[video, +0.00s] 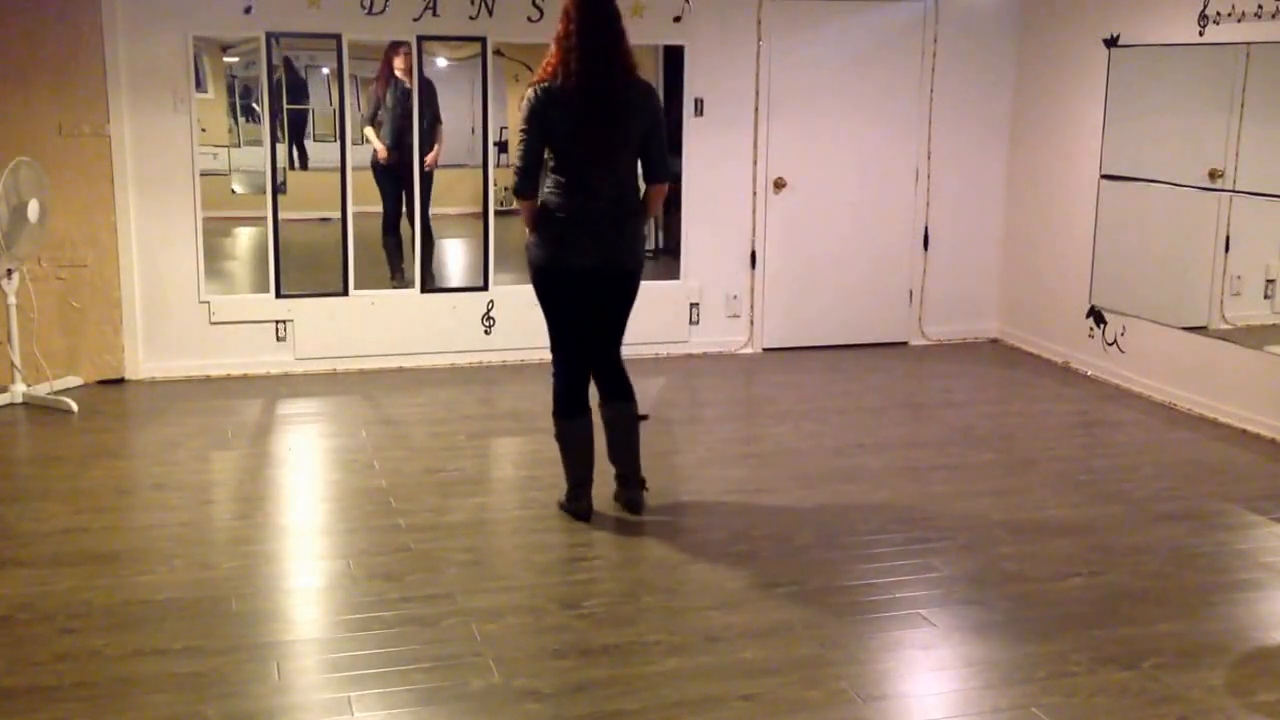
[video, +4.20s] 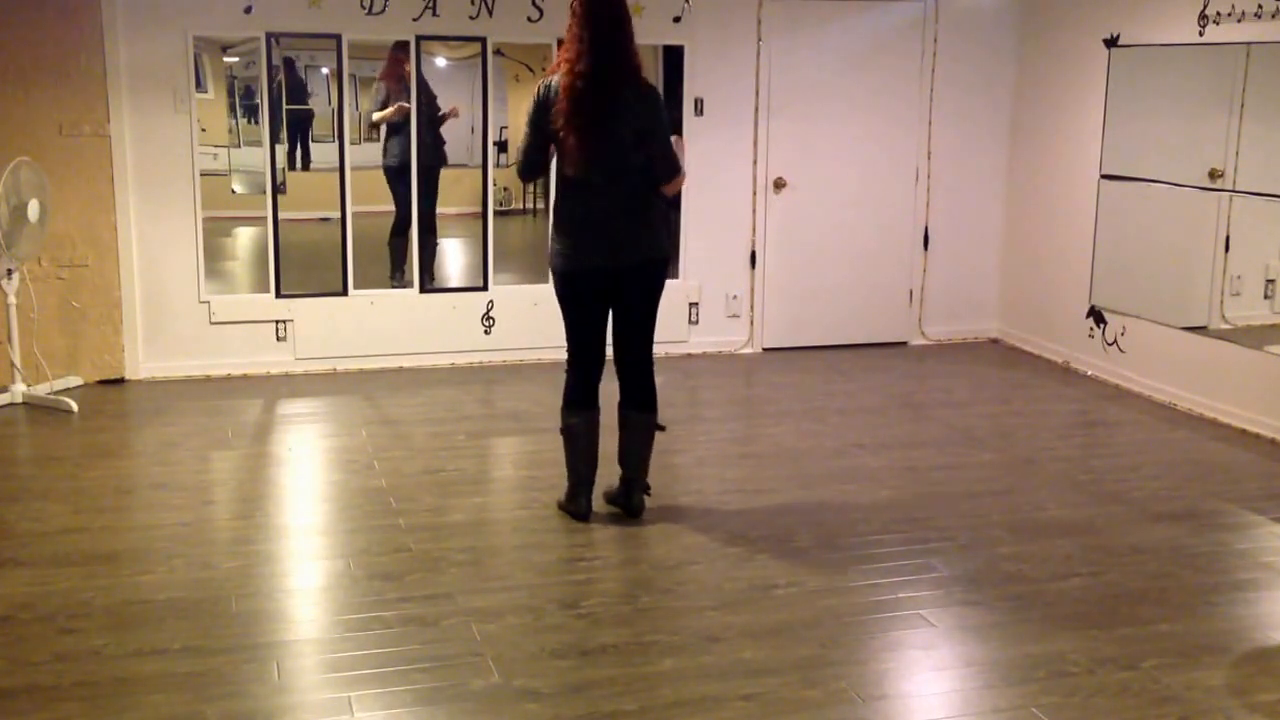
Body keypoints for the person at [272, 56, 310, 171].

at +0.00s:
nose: (283, 69)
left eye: (283, 67)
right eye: (284, 67)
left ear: (283, 67)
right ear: (293, 66)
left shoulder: (279, 81)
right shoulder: (301, 80)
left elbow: (277, 99)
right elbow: (306, 97)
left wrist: (277, 113)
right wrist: (305, 111)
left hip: (286, 113)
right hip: (301, 113)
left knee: (288, 143)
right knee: (300, 141)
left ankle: (291, 167)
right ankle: (304, 166)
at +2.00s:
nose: (281, 70)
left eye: (282, 68)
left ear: (283, 67)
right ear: (295, 65)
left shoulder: (282, 81)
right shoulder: (302, 79)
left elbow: (278, 100)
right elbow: (307, 97)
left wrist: (279, 115)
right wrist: (309, 111)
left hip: (289, 114)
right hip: (303, 113)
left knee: (289, 145)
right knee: (303, 143)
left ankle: (290, 169)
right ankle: (305, 168)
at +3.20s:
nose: (282, 70)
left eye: (282, 68)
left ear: (283, 67)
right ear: (293, 65)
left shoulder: (282, 79)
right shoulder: (300, 77)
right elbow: (308, 94)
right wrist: (304, 101)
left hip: (287, 112)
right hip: (300, 112)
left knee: (288, 143)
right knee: (298, 142)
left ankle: (290, 168)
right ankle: (303, 166)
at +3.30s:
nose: (283, 70)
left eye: (283, 67)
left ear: (283, 67)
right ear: (294, 66)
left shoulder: (282, 81)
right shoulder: (300, 78)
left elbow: (278, 97)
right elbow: (311, 91)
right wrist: (304, 99)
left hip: (289, 113)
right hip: (303, 112)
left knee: (291, 143)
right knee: (302, 142)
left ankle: (290, 168)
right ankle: (305, 167)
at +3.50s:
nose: (284, 70)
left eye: (283, 67)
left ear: (283, 67)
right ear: (294, 65)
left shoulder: (282, 81)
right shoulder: (300, 77)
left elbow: (278, 96)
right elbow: (311, 91)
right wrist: (304, 98)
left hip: (289, 112)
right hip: (303, 112)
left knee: (291, 143)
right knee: (304, 142)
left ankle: (291, 168)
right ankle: (305, 168)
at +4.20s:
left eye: (283, 67)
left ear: (283, 67)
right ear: (294, 66)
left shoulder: (281, 82)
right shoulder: (300, 80)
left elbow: (278, 100)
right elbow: (305, 96)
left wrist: (280, 115)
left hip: (290, 115)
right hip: (304, 114)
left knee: (292, 145)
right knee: (305, 144)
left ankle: (291, 170)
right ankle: (306, 169)